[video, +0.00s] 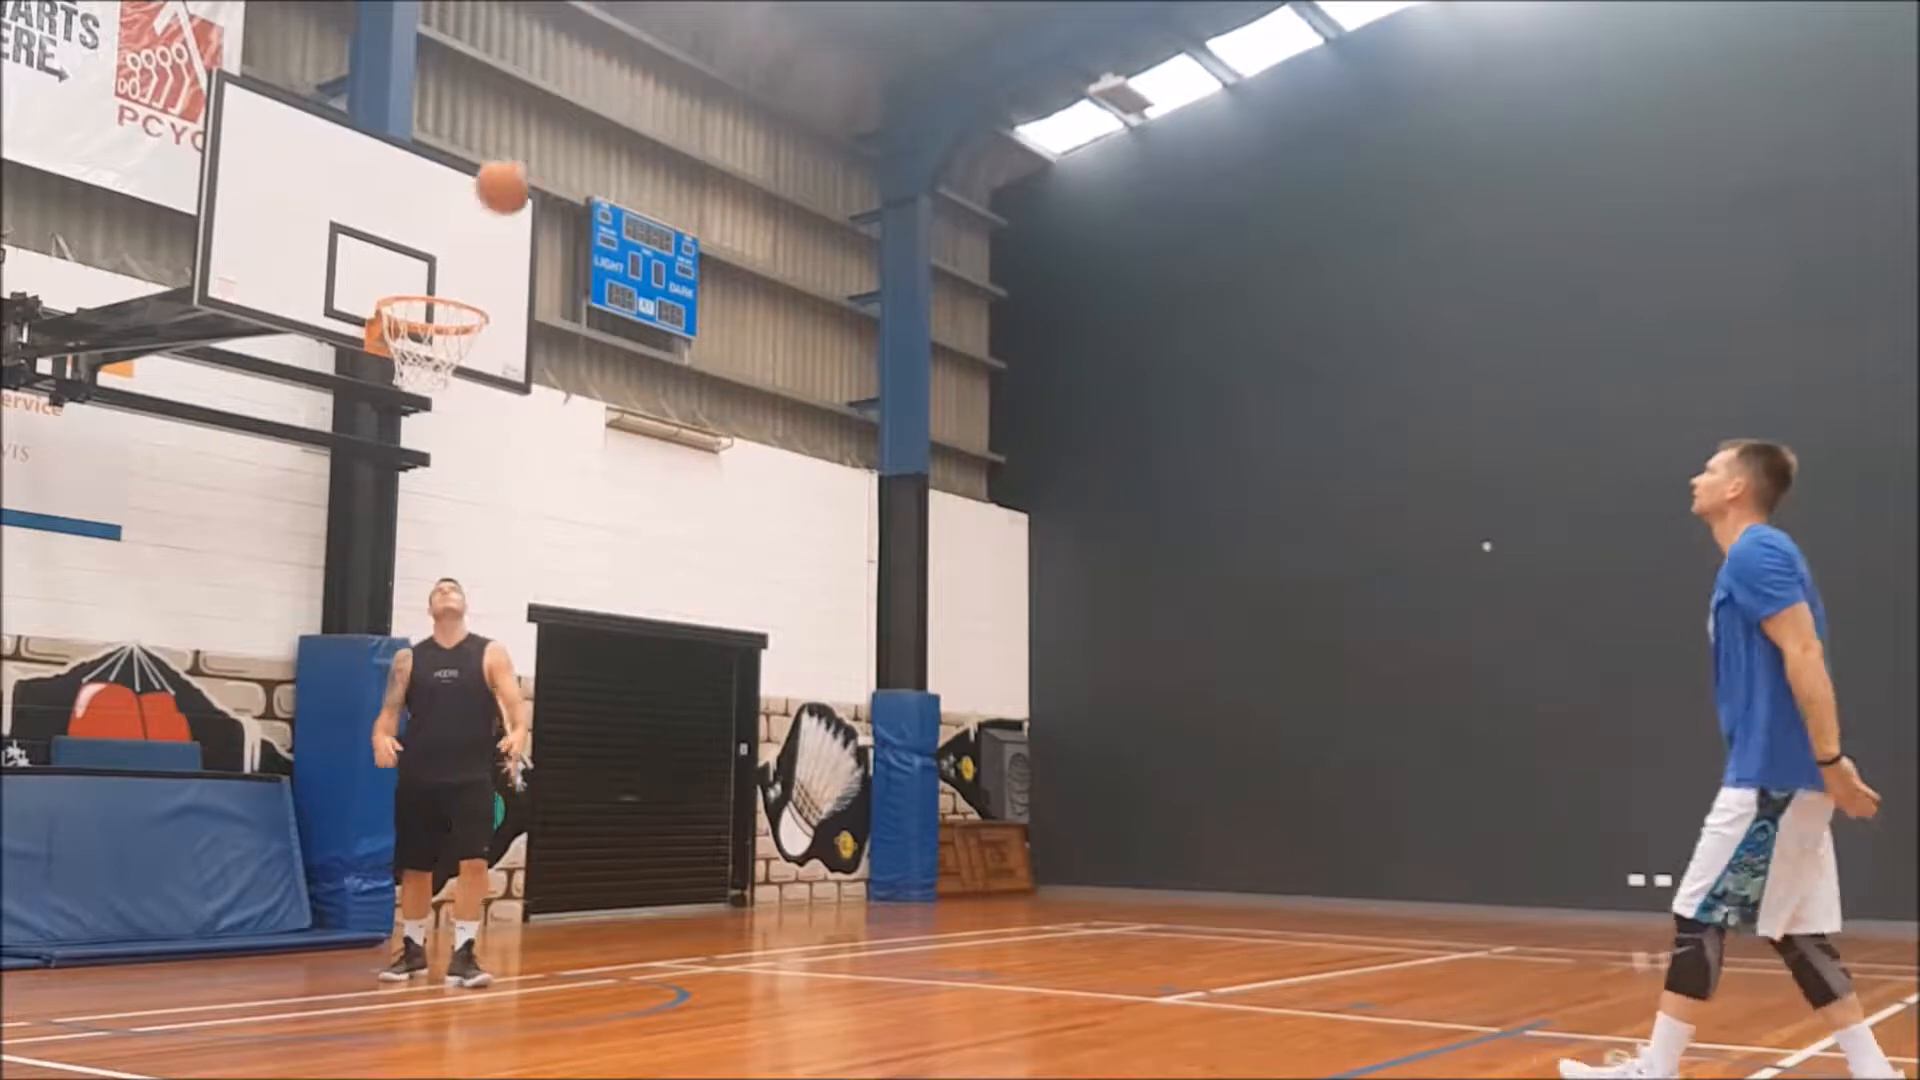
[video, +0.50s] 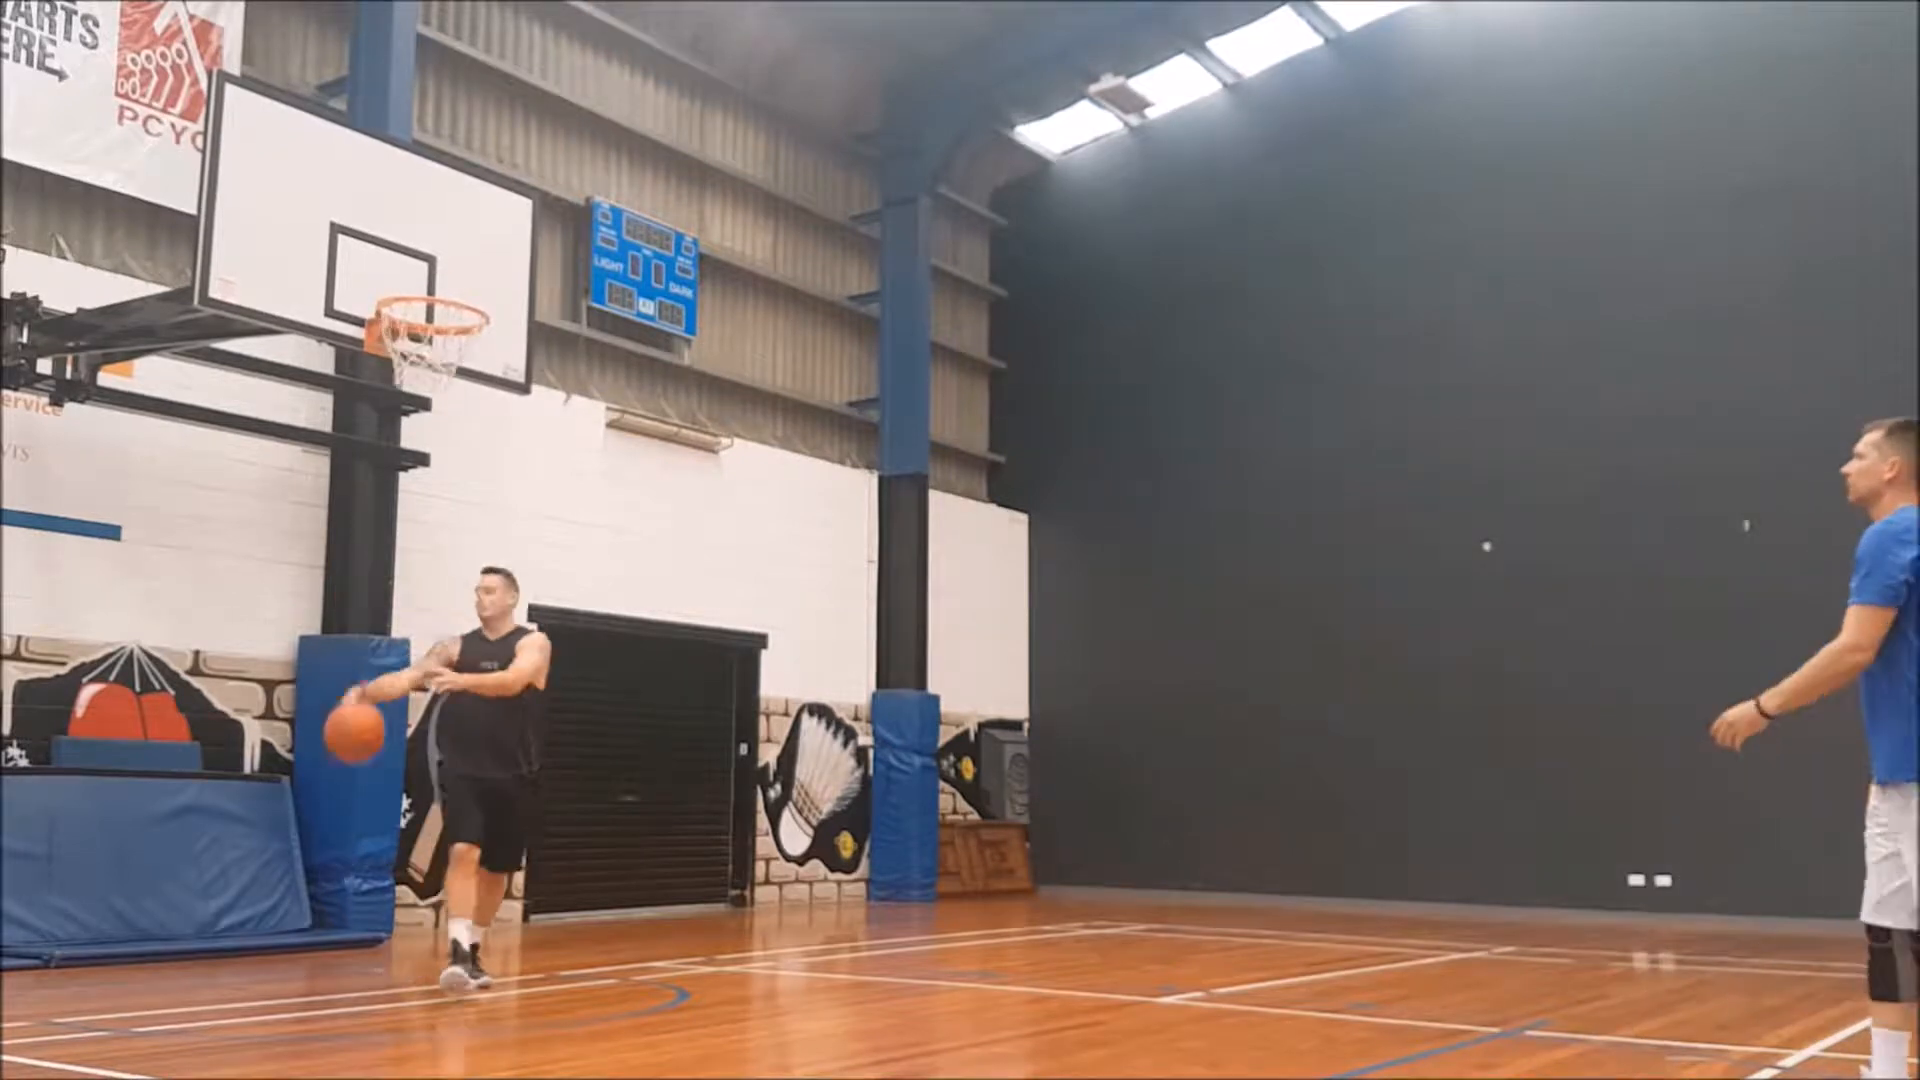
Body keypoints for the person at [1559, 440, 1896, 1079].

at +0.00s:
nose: (1695, 480)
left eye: (1708, 470)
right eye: (1703, 470)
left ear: (1736, 488)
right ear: (1744, 491)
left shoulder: (1753, 553)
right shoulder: (1771, 555)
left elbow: (1804, 653)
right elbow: (1810, 658)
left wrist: (1832, 762)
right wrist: (1831, 770)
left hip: (1765, 778)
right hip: (1795, 778)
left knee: (1698, 918)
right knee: (1798, 930)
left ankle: (1656, 1065)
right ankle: (1873, 1067)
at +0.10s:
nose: (1722, 476)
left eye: (1735, 465)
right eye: (1729, 465)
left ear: (1766, 479)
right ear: (1774, 481)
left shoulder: (1783, 545)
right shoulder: (1806, 544)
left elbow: (1809, 648)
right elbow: (1822, 651)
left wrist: (1801, 757)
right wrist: (1802, 759)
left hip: (1799, 766)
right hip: (1838, 765)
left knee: (1735, 906)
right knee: (1822, 921)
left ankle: (1752, 1067)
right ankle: (1879, 1068)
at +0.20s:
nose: (1754, 471)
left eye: (1765, 460)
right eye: (1760, 459)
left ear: (1796, 473)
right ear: (1805, 476)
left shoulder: (1808, 538)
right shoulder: (1835, 539)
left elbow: (1809, 644)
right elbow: (1833, 654)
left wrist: (1765, 744)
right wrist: (1786, 752)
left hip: (1840, 757)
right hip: (1869, 757)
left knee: (1785, 909)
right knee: (1847, 920)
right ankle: (1881, 1063)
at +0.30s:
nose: (1785, 468)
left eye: (1796, 457)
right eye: (1791, 457)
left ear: (1829, 469)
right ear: (1836, 472)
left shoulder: (1835, 536)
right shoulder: (1861, 537)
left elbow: (1810, 643)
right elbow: (1856, 666)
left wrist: (1741, 729)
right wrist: (1816, 757)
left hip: (1872, 766)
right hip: (1877, 763)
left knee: (1859, 925)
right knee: (1875, 926)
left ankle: (1883, 1068)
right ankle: (1883, 1065)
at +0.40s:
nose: (1816, 467)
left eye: (1829, 456)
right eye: (1821, 456)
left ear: (1864, 468)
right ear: (1871, 471)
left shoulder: (1863, 533)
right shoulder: (1893, 534)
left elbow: (1821, 642)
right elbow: (1891, 664)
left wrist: (1740, 714)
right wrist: (1853, 762)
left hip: (1885, 769)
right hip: (1886, 767)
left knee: (1884, 926)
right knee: (1880, 924)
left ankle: (1887, 1067)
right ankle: (1886, 1066)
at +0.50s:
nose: (1845, 468)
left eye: (1857, 457)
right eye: (1851, 457)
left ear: (1892, 468)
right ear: (1896, 470)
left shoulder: (1892, 538)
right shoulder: (1903, 535)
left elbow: (1858, 646)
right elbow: (1872, 651)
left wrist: (1762, 707)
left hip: (1904, 777)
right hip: (1901, 774)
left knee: (1892, 930)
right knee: (1892, 929)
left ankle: (1889, 1069)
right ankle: (1889, 1066)